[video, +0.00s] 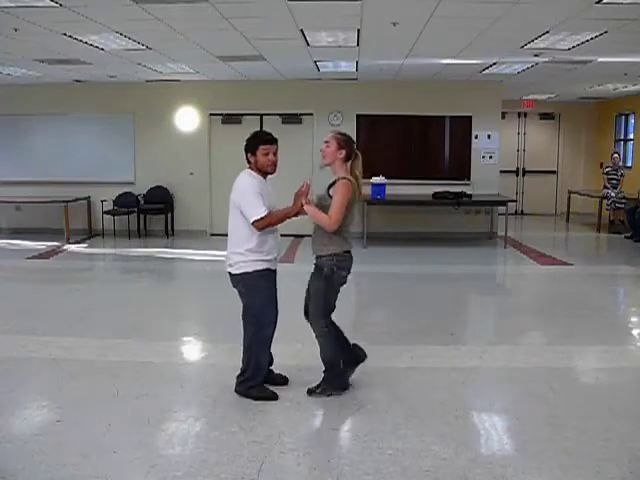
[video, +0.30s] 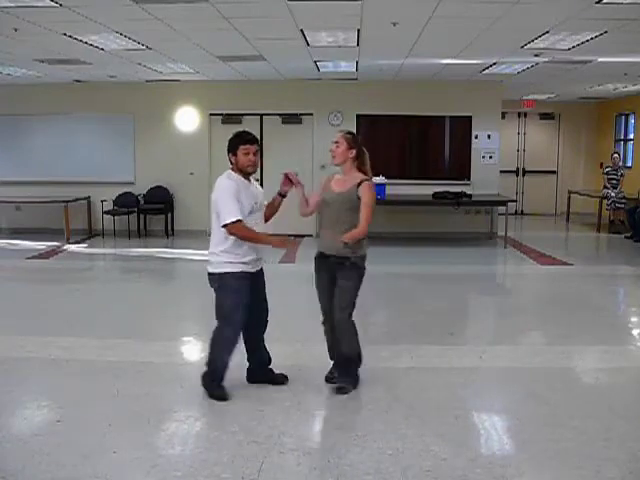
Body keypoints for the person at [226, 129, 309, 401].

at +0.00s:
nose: (273, 159)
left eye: (275, 154)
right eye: (266, 154)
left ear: (276, 155)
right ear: (251, 157)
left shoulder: (260, 182)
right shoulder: (248, 183)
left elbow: (265, 218)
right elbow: (260, 222)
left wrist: (294, 207)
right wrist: (294, 210)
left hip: (262, 265)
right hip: (250, 266)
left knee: (266, 320)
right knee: (259, 322)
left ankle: (261, 370)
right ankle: (249, 382)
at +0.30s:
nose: (253, 158)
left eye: (256, 154)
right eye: (247, 154)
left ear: (258, 156)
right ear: (232, 157)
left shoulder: (252, 185)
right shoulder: (226, 184)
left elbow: (264, 216)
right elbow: (233, 227)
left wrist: (281, 193)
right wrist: (274, 241)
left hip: (251, 266)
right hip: (228, 268)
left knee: (256, 320)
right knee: (230, 324)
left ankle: (259, 370)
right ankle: (213, 379)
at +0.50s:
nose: (235, 161)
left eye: (238, 156)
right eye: (229, 156)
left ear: (240, 157)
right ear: (214, 158)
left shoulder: (238, 186)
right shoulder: (203, 189)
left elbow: (246, 220)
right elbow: (200, 233)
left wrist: (267, 202)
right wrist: (237, 257)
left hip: (235, 271)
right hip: (210, 273)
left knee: (246, 321)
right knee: (208, 330)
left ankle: (257, 369)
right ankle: (203, 379)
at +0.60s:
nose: (227, 162)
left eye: (230, 156)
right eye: (220, 157)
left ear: (233, 157)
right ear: (206, 159)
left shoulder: (233, 188)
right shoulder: (194, 189)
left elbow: (240, 220)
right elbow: (182, 231)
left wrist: (267, 216)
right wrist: (216, 261)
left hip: (230, 271)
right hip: (203, 273)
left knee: (241, 322)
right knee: (203, 330)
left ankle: (254, 369)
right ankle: (203, 379)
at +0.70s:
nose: (220, 163)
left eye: (223, 157)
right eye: (214, 158)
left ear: (227, 158)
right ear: (199, 161)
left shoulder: (231, 188)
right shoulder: (186, 189)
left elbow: (247, 219)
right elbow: (167, 228)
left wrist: (276, 222)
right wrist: (195, 261)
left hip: (227, 272)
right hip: (196, 275)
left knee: (239, 320)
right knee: (199, 330)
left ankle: (243, 369)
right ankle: (203, 380)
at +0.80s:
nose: (216, 162)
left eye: (219, 157)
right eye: (209, 158)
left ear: (223, 157)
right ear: (196, 161)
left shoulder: (231, 188)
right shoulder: (181, 189)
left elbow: (253, 218)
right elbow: (161, 225)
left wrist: (285, 217)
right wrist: (170, 256)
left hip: (224, 272)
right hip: (191, 274)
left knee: (233, 320)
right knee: (196, 329)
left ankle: (226, 369)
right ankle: (202, 380)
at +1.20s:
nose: (227, 163)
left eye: (230, 157)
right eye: (220, 158)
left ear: (233, 158)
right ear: (205, 160)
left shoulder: (232, 190)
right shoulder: (190, 189)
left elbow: (249, 220)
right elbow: (170, 229)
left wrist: (282, 222)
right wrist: (184, 253)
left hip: (224, 273)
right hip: (198, 274)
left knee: (218, 327)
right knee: (205, 330)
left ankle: (212, 371)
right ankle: (202, 384)